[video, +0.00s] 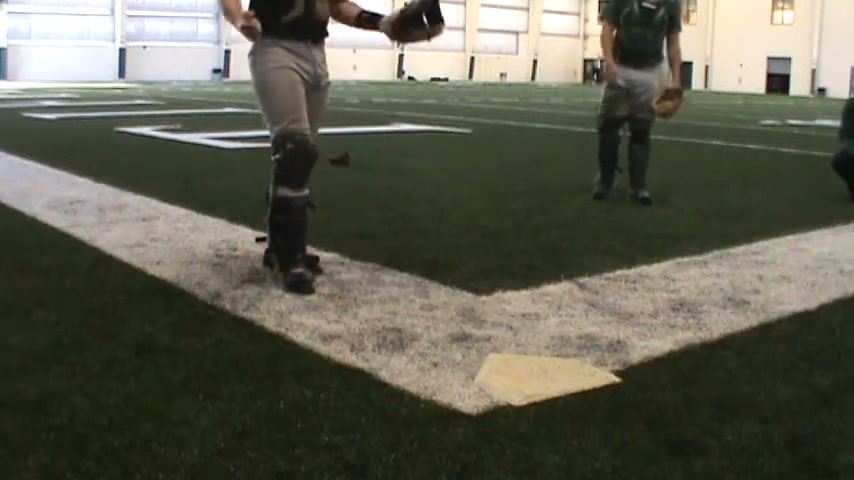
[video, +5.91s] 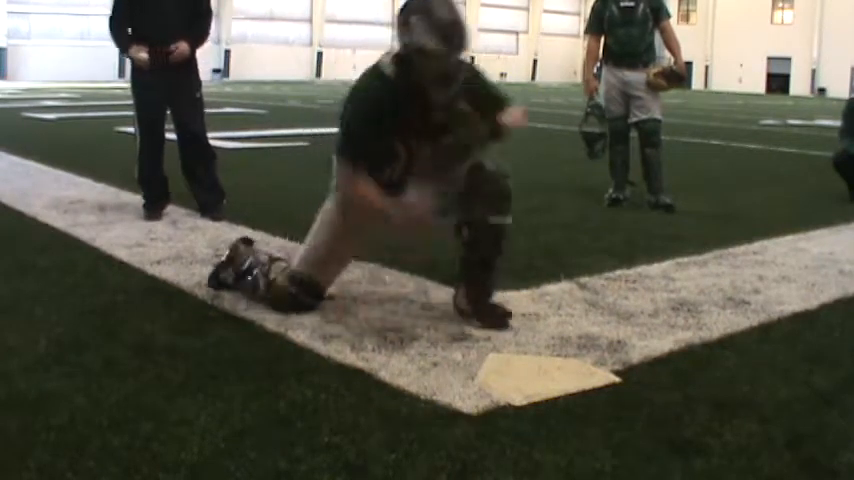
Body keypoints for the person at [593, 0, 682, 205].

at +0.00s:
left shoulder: (672, 5)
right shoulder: (619, 3)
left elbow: (673, 42)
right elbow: (607, 28)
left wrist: (675, 80)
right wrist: (609, 63)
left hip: (650, 74)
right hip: (619, 71)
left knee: (641, 134)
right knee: (608, 128)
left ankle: (639, 187)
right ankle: (605, 182)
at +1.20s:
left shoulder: (673, 4)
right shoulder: (622, 4)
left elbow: (678, 33)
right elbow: (612, 35)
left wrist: (686, 73)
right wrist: (609, 75)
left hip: (663, 73)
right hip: (631, 73)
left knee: (667, 137)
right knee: (627, 136)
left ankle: (672, 196)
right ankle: (619, 193)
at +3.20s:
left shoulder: (651, 3)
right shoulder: (601, 4)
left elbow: (665, 28)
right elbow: (590, 39)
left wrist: (675, 60)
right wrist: (584, 76)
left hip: (645, 75)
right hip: (613, 74)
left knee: (650, 135)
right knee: (617, 135)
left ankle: (656, 193)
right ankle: (618, 188)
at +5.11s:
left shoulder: (653, 4)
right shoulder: (603, 5)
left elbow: (666, 29)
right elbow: (594, 39)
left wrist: (678, 61)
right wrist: (590, 75)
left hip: (645, 74)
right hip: (613, 73)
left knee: (651, 133)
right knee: (617, 134)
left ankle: (655, 193)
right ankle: (618, 188)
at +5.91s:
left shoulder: (653, 4)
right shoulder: (603, 5)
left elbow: (666, 29)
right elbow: (594, 40)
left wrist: (679, 60)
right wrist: (588, 75)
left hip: (645, 74)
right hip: (613, 74)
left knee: (651, 133)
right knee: (617, 134)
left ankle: (656, 193)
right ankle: (618, 188)